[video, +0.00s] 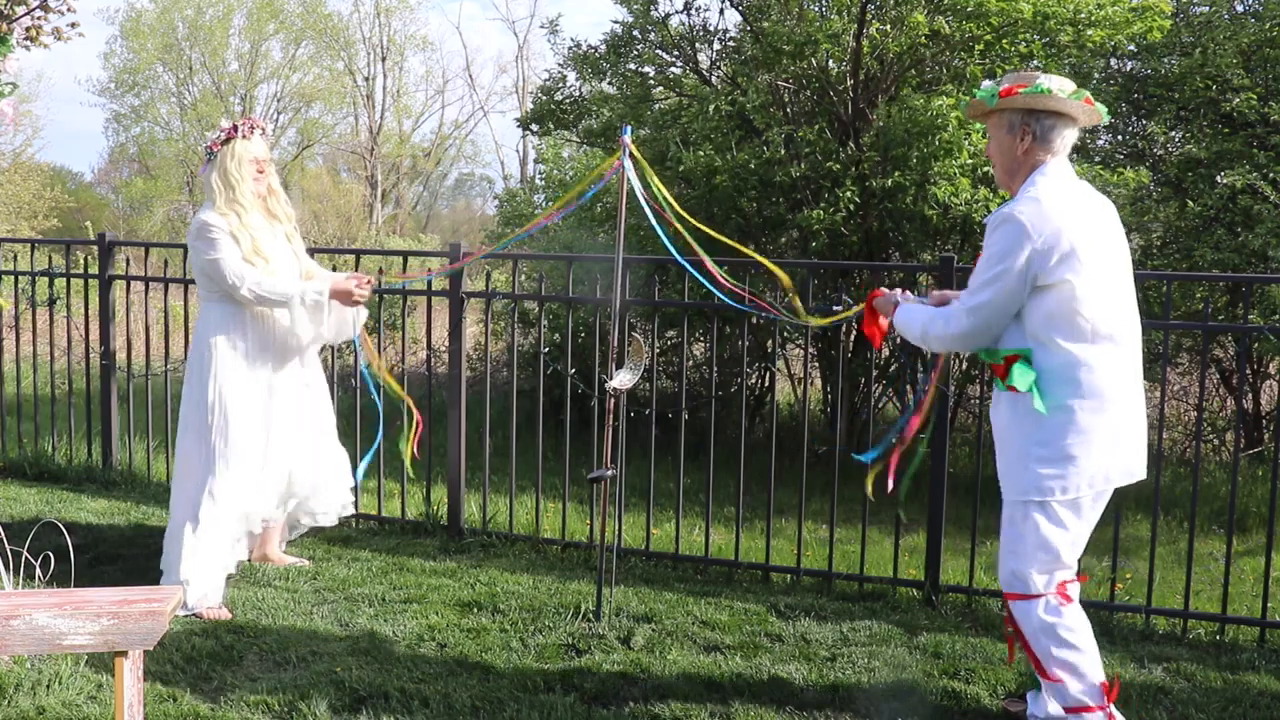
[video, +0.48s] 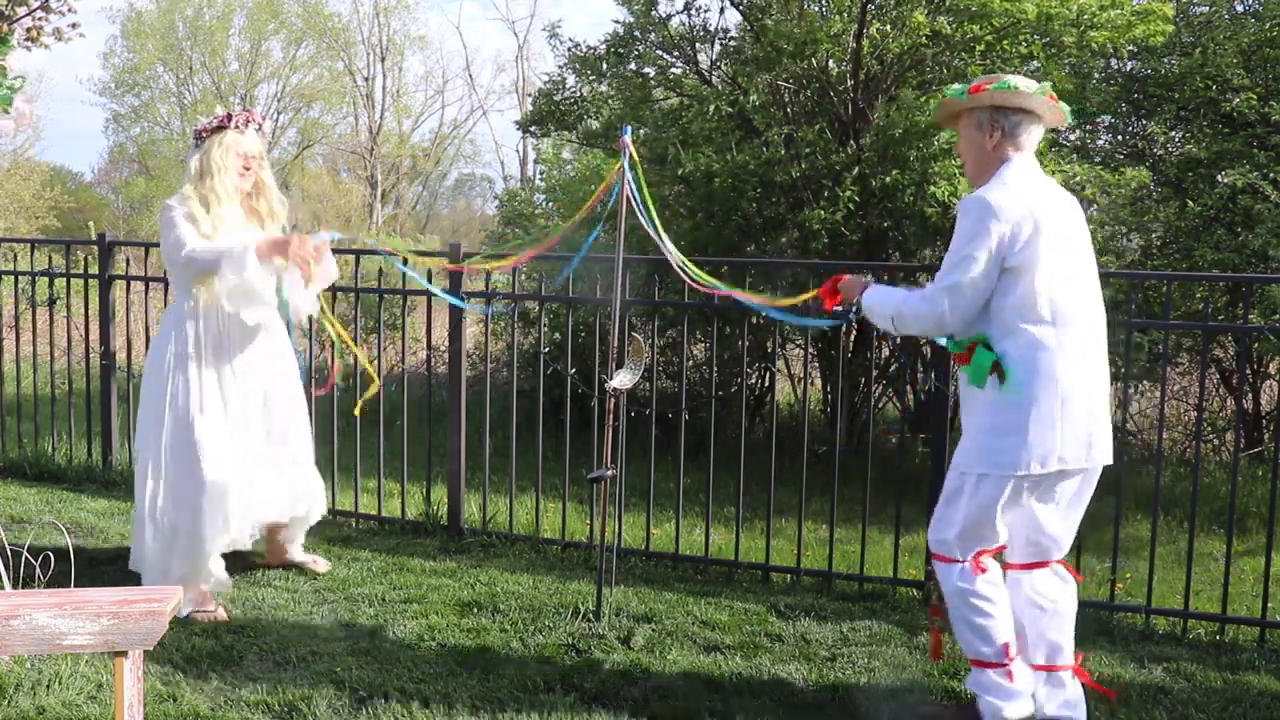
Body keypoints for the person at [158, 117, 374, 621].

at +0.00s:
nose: (263, 172)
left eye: (266, 163)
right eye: (252, 164)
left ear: (272, 169)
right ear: (225, 171)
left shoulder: (276, 222)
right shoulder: (210, 224)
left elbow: (304, 272)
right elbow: (243, 283)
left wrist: (340, 285)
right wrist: (322, 291)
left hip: (280, 349)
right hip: (232, 353)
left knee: (286, 444)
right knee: (229, 464)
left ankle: (269, 545)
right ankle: (202, 587)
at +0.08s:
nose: (259, 169)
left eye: (263, 161)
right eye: (249, 162)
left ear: (269, 165)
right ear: (223, 168)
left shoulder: (274, 219)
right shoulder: (204, 220)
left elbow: (300, 269)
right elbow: (228, 278)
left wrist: (332, 284)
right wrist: (310, 290)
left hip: (272, 353)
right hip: (223, 357)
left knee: (277, 446)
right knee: (222, 466)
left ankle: (269, 546)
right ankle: (198, 588)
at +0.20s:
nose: (252, 169)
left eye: (258, 160)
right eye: (241, 160)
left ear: (264, 167)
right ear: (215, 165)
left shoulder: (270, 218)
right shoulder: (192, 216)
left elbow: (283, 293)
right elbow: (212, 268)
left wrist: (316, 277)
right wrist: (290, 266)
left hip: (263, 353)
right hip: (211, 355)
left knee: (274, 444)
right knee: (211, 465)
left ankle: (267, 541)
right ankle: (198, 590)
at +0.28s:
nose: (249, 169)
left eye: (256, 160)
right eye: (238, 159)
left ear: (263, 168)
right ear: (211, 164)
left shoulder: (269, 216)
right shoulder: (187, 213)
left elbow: (288, 287)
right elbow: (202, 258)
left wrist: (310, 256)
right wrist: (274, 242)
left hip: (261, 346)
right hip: (205, 349)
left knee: (272, 441)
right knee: (204, 462)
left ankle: (265, 541)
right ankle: (197, 588)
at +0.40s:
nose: (248, 165)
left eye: (256, 157)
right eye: (238, 156)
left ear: (263, 164)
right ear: (212, 161)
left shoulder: (272, 211)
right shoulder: (183, 207)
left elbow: (300, 278)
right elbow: (192, 251)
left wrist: (315, 249)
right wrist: (263, 230)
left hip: (262, 342)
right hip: (200, 346)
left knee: (273, 435)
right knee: (195, 456)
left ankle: (266, 539)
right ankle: (186, 577)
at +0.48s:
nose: (248, 163)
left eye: (255, 155)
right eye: (237, 154)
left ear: (263, 163)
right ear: (211, 160)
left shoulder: (264, 217)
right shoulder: (182, 209)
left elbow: (282, 289)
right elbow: (186, 258)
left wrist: (314, 271)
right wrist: (264, 251)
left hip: (261, 343)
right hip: (200, 349)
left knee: (283, 437)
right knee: (197, 460)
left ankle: (281, 543)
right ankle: (195, 582)